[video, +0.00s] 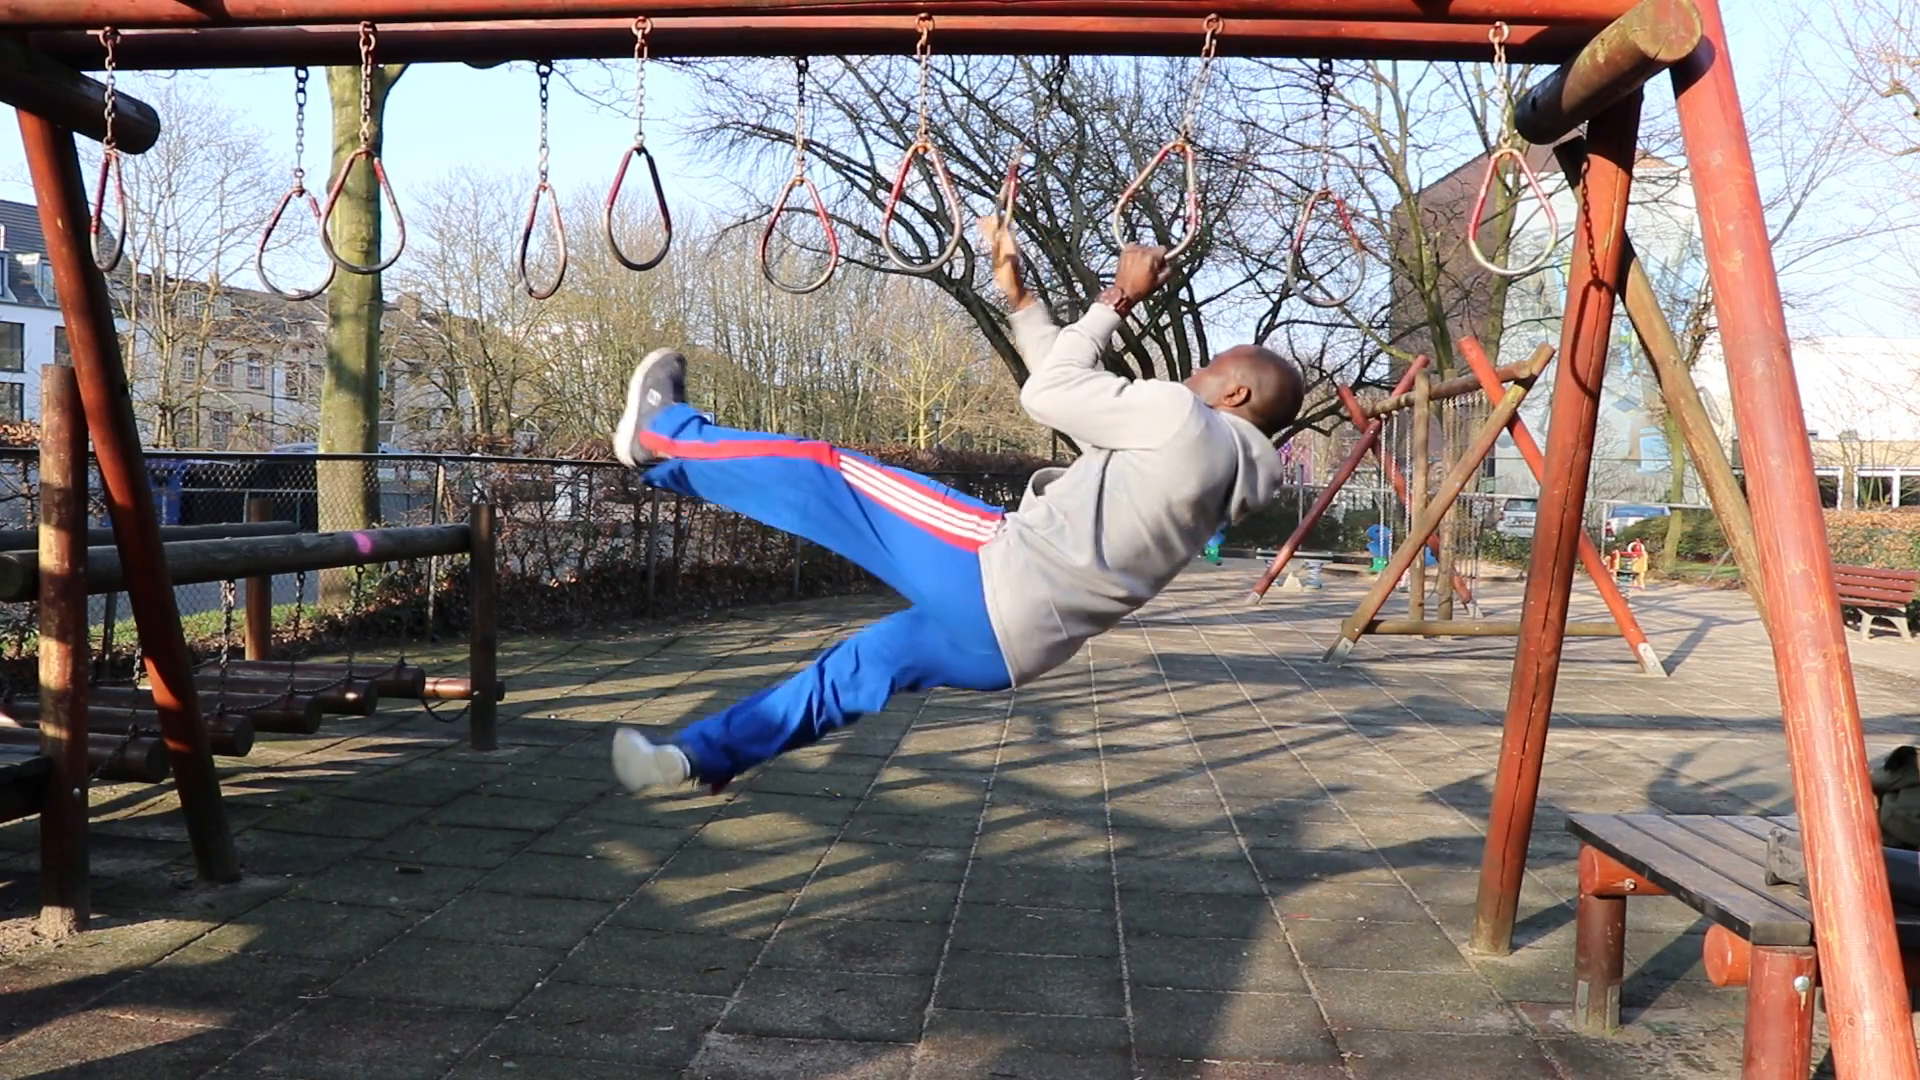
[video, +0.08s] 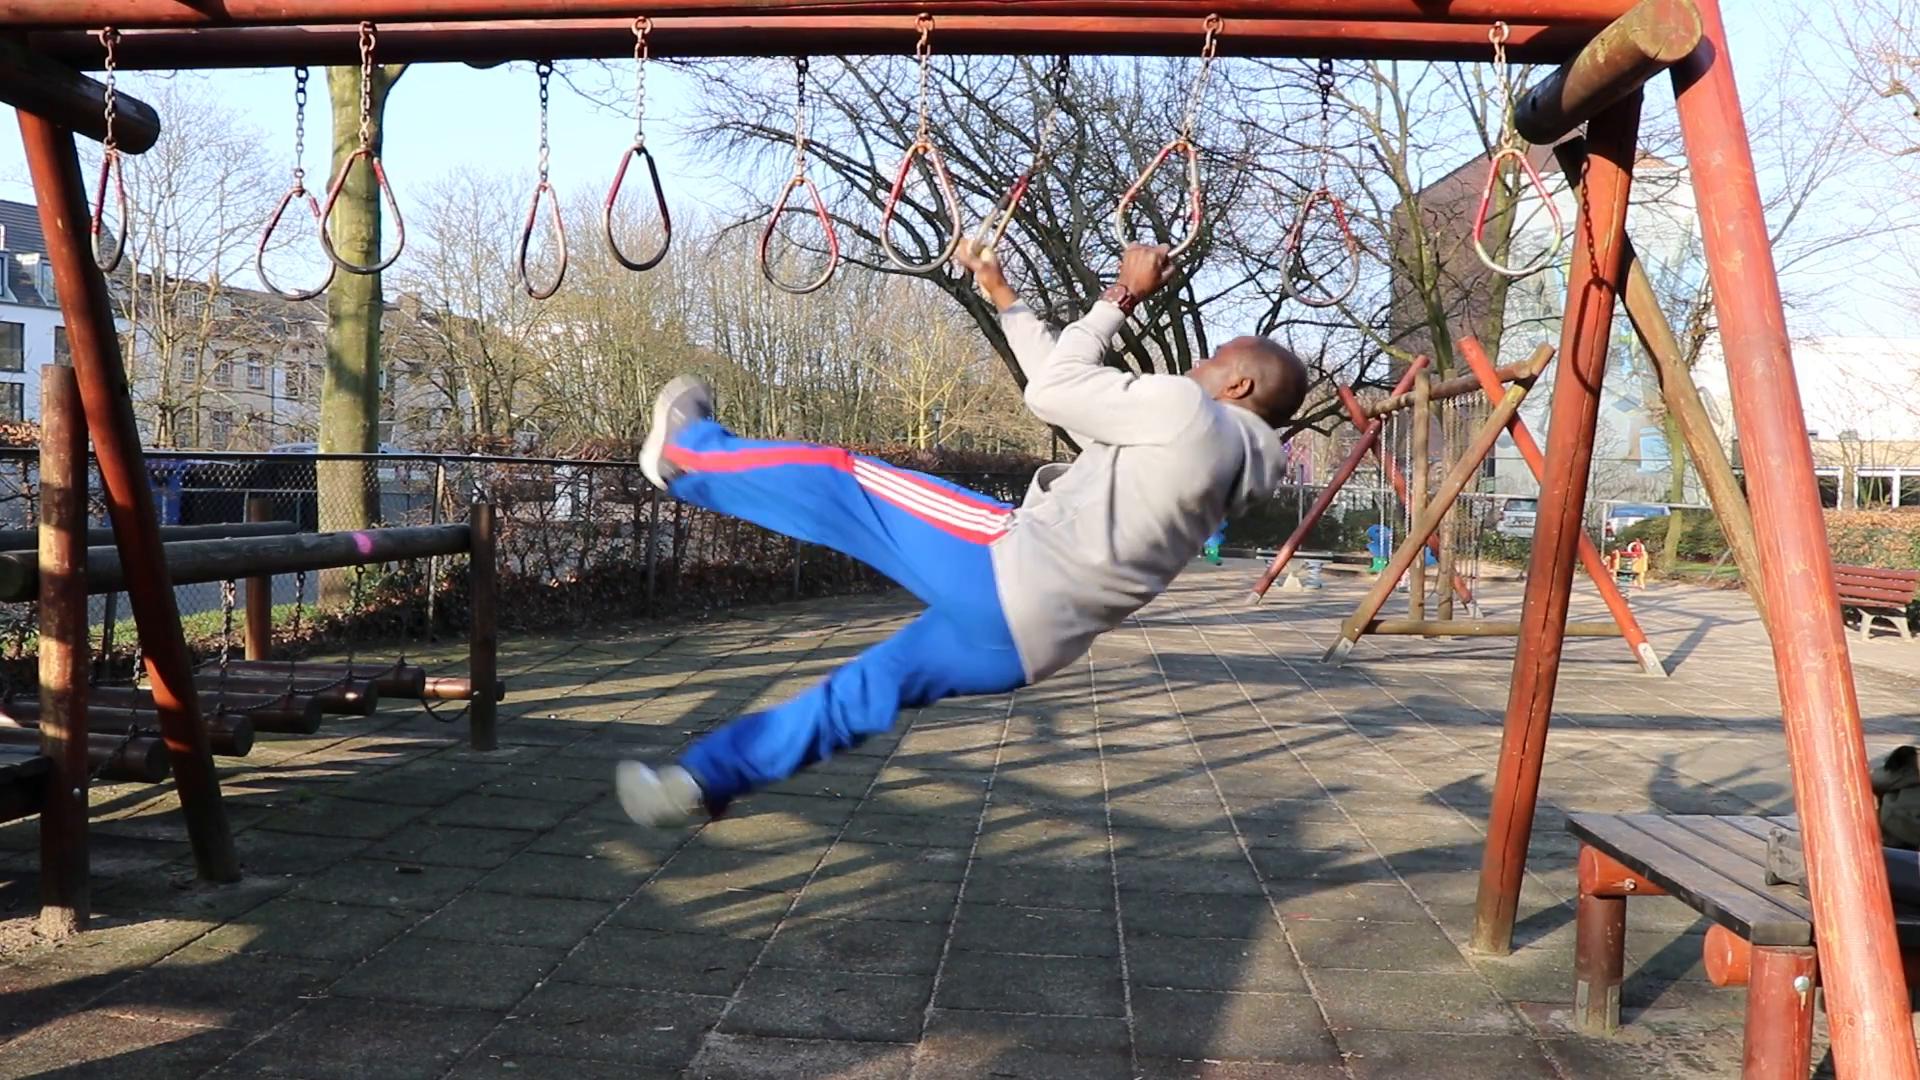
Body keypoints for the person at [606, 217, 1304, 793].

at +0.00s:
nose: (1204, 365)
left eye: (1219, 364)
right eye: (1218, 360)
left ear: (1235, 386)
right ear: (1258, 414)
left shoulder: (1180, 418)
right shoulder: (1228, 473)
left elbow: (1052, 390)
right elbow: (1079, 397)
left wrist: (1118, 298)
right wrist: (1017, 294)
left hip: (993, 574)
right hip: (1011, 653)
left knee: (830, 473)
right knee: (850, 677)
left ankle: (657, 436)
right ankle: (691, 758)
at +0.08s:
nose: (1203, 361)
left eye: (1218, 357)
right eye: (1214, 354)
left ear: (1236, 377)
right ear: (1269, 417)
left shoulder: (1187, 409)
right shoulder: (1249, 465)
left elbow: (1057, 384)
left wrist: (1123, 295)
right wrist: (1004, 302)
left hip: (998, 567)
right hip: (1020, 649)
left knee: (851, 479)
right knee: (857, 699)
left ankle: (687, 450)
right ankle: (695, 781)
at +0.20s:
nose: (1212, 347)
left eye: (1226, 343)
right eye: (1223, 339)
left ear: (1248, 366)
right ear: (1268, 388)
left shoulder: (1197, 391)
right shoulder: (1252, 459)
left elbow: (1061, 385)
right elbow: (1086, 426)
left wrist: (1126, 298)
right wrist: (1039, 323)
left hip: (1030, 564)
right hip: (1062, 648)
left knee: (876, 497)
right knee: (912, 693)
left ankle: (716, 493)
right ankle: (785, 804)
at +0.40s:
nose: (1278, 326)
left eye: (1294, 318)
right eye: (1288, 314)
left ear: (1322, 339)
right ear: (1349, 358)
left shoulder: (1281, 371)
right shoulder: (1336, 422)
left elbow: (1142, 406)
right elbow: (1172, 418)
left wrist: (1172, 302)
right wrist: (1115, 317)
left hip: (1128, 551)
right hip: (1164, 630)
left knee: (937, 509)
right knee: (998, 648)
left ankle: (774, 558)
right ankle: (883, 788)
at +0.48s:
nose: (1300, 317)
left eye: (1316, 307)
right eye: (1309, 306)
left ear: (1352, 327)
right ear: (1371, 339)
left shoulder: (1312, 363)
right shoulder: (1363, 409)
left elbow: (1177, 411)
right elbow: (1201, 432)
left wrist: (1195, 302)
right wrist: (1137, 316)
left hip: (1171, 552)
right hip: (1207, 624)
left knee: (977, 502)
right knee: (1033, 631)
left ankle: (808, 558)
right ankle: (910, 770)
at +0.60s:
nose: (1332, 308)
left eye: (1348, 297)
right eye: (1339, 295)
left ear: (1390, 315)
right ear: (1403, 324)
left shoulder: (1366, 362)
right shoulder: (1401, 394)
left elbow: (1231, 414)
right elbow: (1239, 431)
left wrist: (1218, 308)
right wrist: (1200, 317)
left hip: (1242, 553)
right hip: (1273, 618)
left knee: (1037, 504)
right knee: (1079, 616)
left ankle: (859, 546)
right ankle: (947, 732)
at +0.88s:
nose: (1360, 304)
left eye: (1378, 294)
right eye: (1365, 291)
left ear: (1426, 313)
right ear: (1412, 312)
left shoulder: (1435, 361)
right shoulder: (1407, 365)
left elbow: (1309, 426)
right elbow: (1287, 386)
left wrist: (1291, 312)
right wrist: (1195, 306)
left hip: (1344, 563)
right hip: (1348, 591)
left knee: (1134, 511)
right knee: (1149, 596)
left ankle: (949, 561)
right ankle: (1020, 701)